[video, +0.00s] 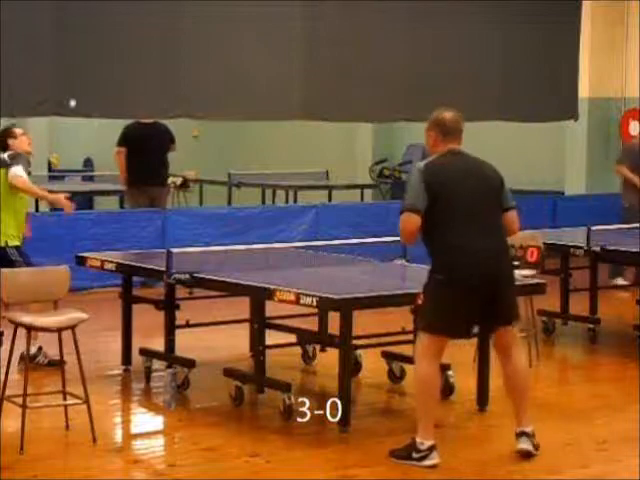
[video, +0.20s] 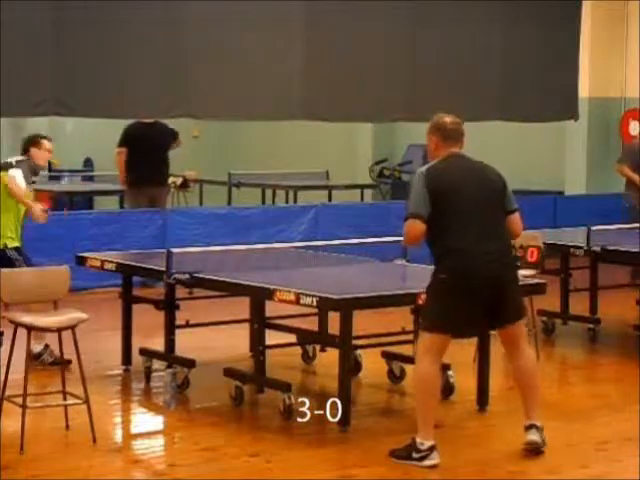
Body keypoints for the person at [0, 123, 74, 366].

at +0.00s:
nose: (29, 140)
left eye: (27, 136)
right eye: (23, 136)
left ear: (12, 143)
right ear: (11, 142)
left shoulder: (9, 160)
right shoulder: (16, 157)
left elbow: (11, 196)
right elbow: (17, 180)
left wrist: (20, 220)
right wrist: (53, 198)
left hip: (10, 239)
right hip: (8, 241)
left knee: (29, 291)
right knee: (35, 289)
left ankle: (32, 348)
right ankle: (31, 348)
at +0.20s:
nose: (49, 156)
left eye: (50, 152)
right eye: (46, 151)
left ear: (35, 153)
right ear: (32, 151)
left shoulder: (27, 173)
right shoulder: (18, 168)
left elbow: (19, 199)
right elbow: (15, 187)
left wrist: (34, 209)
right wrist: (33, 206)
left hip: (12, 240)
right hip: (7, 242)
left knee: (30, 288)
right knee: (34, 287)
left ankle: (38, 346)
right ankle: (38, 346)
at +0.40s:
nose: (69, 157)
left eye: (71, 152)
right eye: (66, 151)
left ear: (56, 153)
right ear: (51, 150)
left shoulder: (48, 179)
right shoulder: (31, 165)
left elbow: (41, 209)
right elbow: (3, 187)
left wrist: (54, 215)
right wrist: (14, 212)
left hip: (23, 240)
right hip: (10, 240)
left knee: (35, 288)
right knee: (39, 286)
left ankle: (38, 347)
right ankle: (38, 347)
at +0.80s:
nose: (80, 153)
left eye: (82, 148)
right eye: (75, 149)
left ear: (79, 152)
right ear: (61, 151)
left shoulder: (75, 180)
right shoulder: (44, 172)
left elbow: (74, 207)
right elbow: (11, 199)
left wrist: (69, 226)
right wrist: (27, 234)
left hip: (55, 246)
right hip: (33, 245)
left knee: (59, 293)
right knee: (50, 295)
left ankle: (52, 343)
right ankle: (43, 347)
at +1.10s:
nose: (97, 147)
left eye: (98, 142)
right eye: (92, 142)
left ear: (95, 146)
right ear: (78, 145)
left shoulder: (89, 173)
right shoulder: (61, 166)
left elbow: (86, 209)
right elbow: (30, 193)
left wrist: (92, 224)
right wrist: (54, 222)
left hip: (71, 242)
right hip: (49, 241)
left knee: (90, 282)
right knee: (61, 289)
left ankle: (78, 330)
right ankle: (39, 345)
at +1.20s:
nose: (102, 154)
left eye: (103, 150)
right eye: (98, 149)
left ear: (98, 153)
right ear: (83, 151)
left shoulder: (90, 178)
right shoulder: (67, 173)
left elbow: (81, 214)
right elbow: (40, 199)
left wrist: (94, 230)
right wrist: (69, 226)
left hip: (74, 246)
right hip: (53, 246)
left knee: (97, 280)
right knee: (54, 295)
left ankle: (83, 329)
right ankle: (40, 346)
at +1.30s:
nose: (109, 162)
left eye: (110, 158)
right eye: (105, 157)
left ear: (95, 162)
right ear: (91, 159)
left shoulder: (84, 182)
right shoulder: (82, 181)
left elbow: (77, 223)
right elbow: (75, 210)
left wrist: (95, 241)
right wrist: (105, 227)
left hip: (71, 250)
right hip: (57, 251)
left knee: (99, 281)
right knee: (76, 297)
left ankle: (85, 329)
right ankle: (42, 346)